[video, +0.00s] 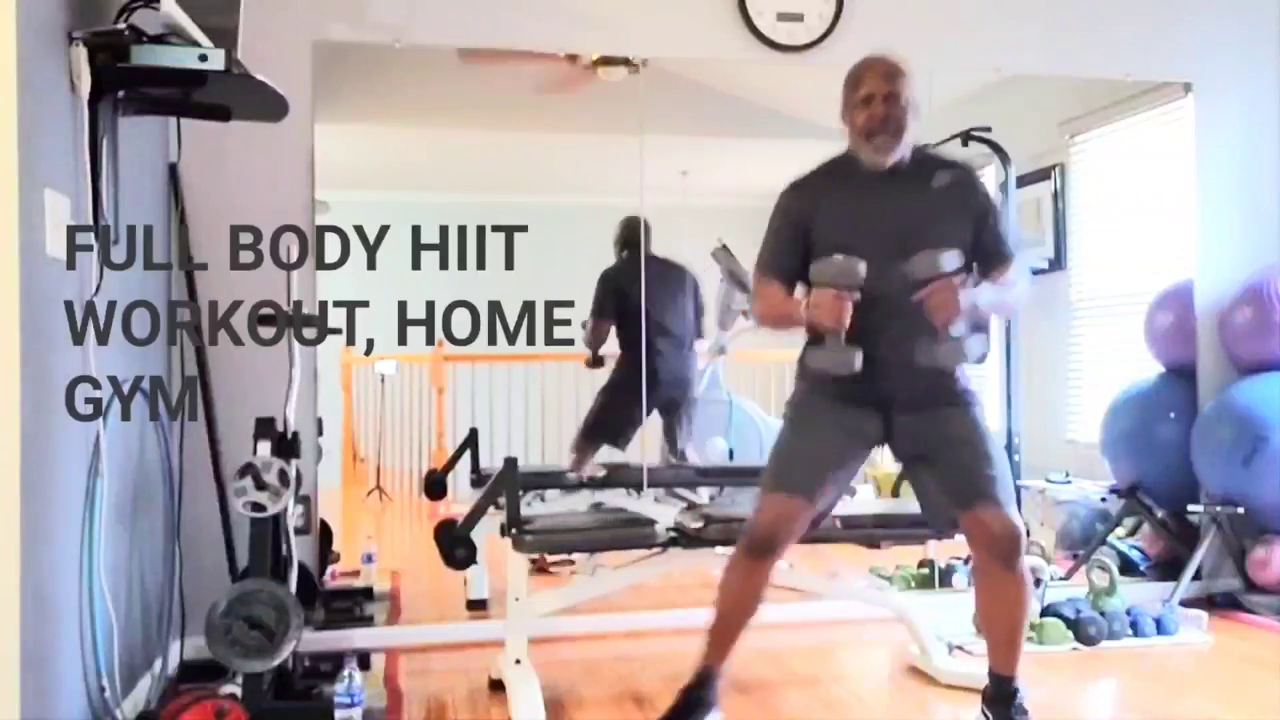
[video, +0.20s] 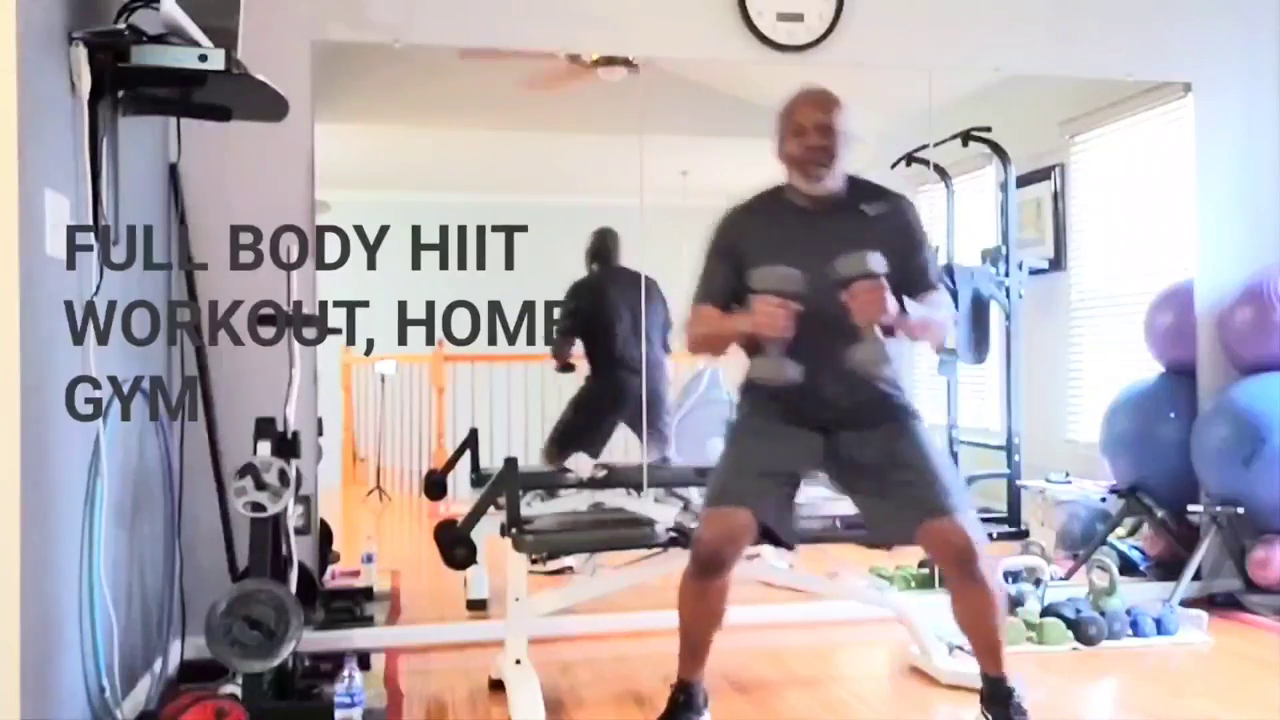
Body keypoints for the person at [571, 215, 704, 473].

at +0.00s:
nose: (614, 246)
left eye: (616, 242)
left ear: (620, 242)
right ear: (649, 240)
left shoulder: (614, 276)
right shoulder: (684, 275)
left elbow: (596, 337)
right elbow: (697, 333)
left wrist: (592, 347)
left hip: (636, 374)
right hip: (681, 373)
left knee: (583, 452)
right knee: (680, 454)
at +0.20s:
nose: (589, 255)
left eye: (590, 251)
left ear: (591, 254)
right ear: (618, 254)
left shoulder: (583, 289)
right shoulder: (649, 286)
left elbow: (562, 347)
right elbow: (665, 343)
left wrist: (564, 362)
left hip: (608, 386)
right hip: (653, 386)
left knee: (554, 455)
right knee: (662, 461)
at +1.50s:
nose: (598, 226)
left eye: (600, 221)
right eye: (600, 222)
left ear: (605, 222)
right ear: (631, 221)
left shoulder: (605, 246)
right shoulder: (662, 247)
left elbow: (605, 282)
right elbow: (708, 281)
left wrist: (575, 318)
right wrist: (678, 310)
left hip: (622, 356)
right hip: (662, 357)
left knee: (593, 436)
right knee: (661, 435)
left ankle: (602, 479)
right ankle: (682, 500)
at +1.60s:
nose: (604, 231)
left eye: (606, 227)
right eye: (605, 228)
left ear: (610, 229)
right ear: (636, 229)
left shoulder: (609, 252)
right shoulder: (664, 253)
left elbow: (606, 280)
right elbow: (714, 279)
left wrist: (578, 317)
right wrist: (690, 305)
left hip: (631, 367)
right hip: (671, 368)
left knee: (604, 448)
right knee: (662, 440)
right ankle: (683, 504)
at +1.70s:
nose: (607, 230)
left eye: (608, 226)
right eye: (608, 226)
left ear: (613, 226)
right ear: (640, 225)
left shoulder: (611, 252)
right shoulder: (669, 252)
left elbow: (602, 287)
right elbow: (717, 283)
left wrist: (581, 319)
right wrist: (685, 305)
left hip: (629, 362)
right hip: (671, 364)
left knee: (592, 439)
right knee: (668, 443)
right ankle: (685, 506)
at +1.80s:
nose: (608, 225)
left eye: (610, 220)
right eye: (611, 220)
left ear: (614, 221)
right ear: (641, 221)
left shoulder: (608, 251)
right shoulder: (673, 250)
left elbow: (597, 296)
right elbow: (707, 295)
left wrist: (584, 321)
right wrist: (675, 308)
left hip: (623, 359)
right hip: (665, 360)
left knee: (581, 431)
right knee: (666, 435)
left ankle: (584, 496)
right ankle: (681, 499)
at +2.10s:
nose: (589, 274)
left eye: (590, 271)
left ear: (590, 275)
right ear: (616, 274)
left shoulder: (582, 307)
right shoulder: (648, 306)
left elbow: (562, 365)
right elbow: (662, 364)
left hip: (602, 397)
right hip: (648, 399)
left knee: (540, 454)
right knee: (666, 462)